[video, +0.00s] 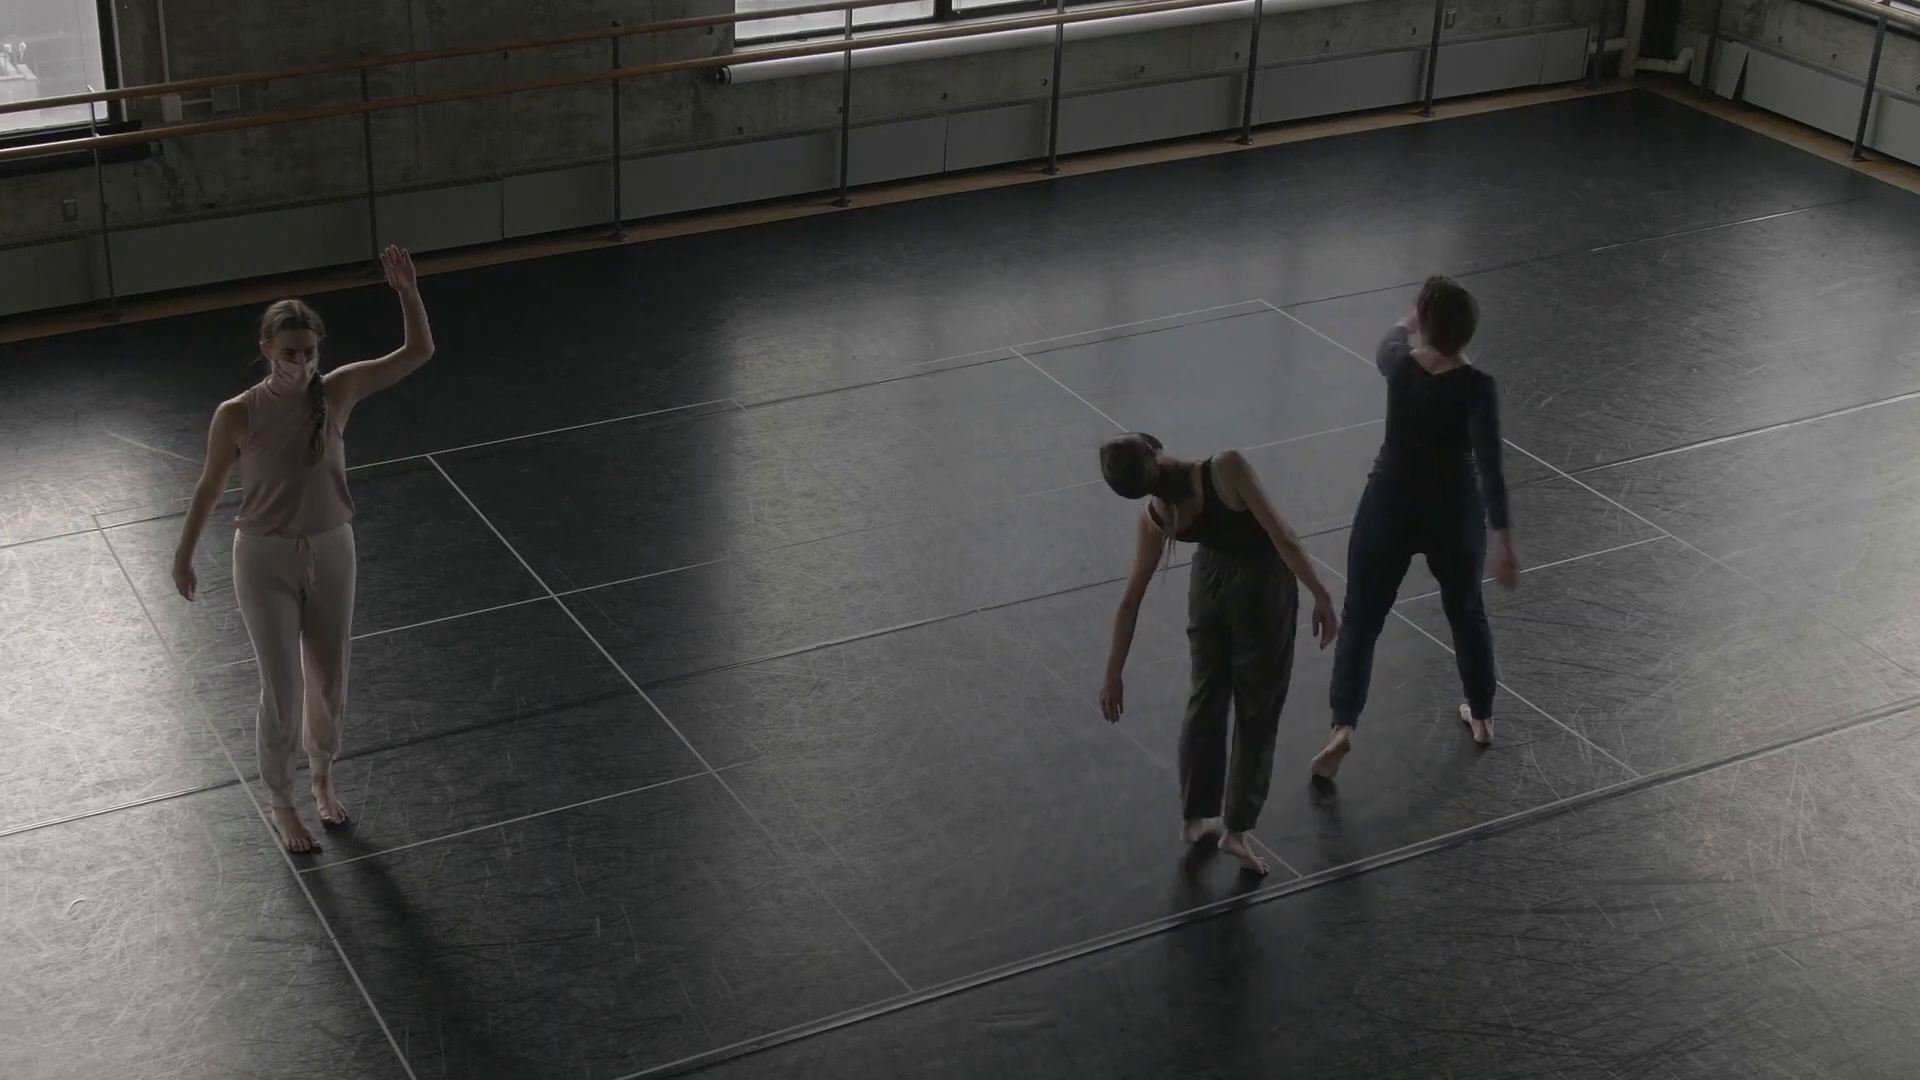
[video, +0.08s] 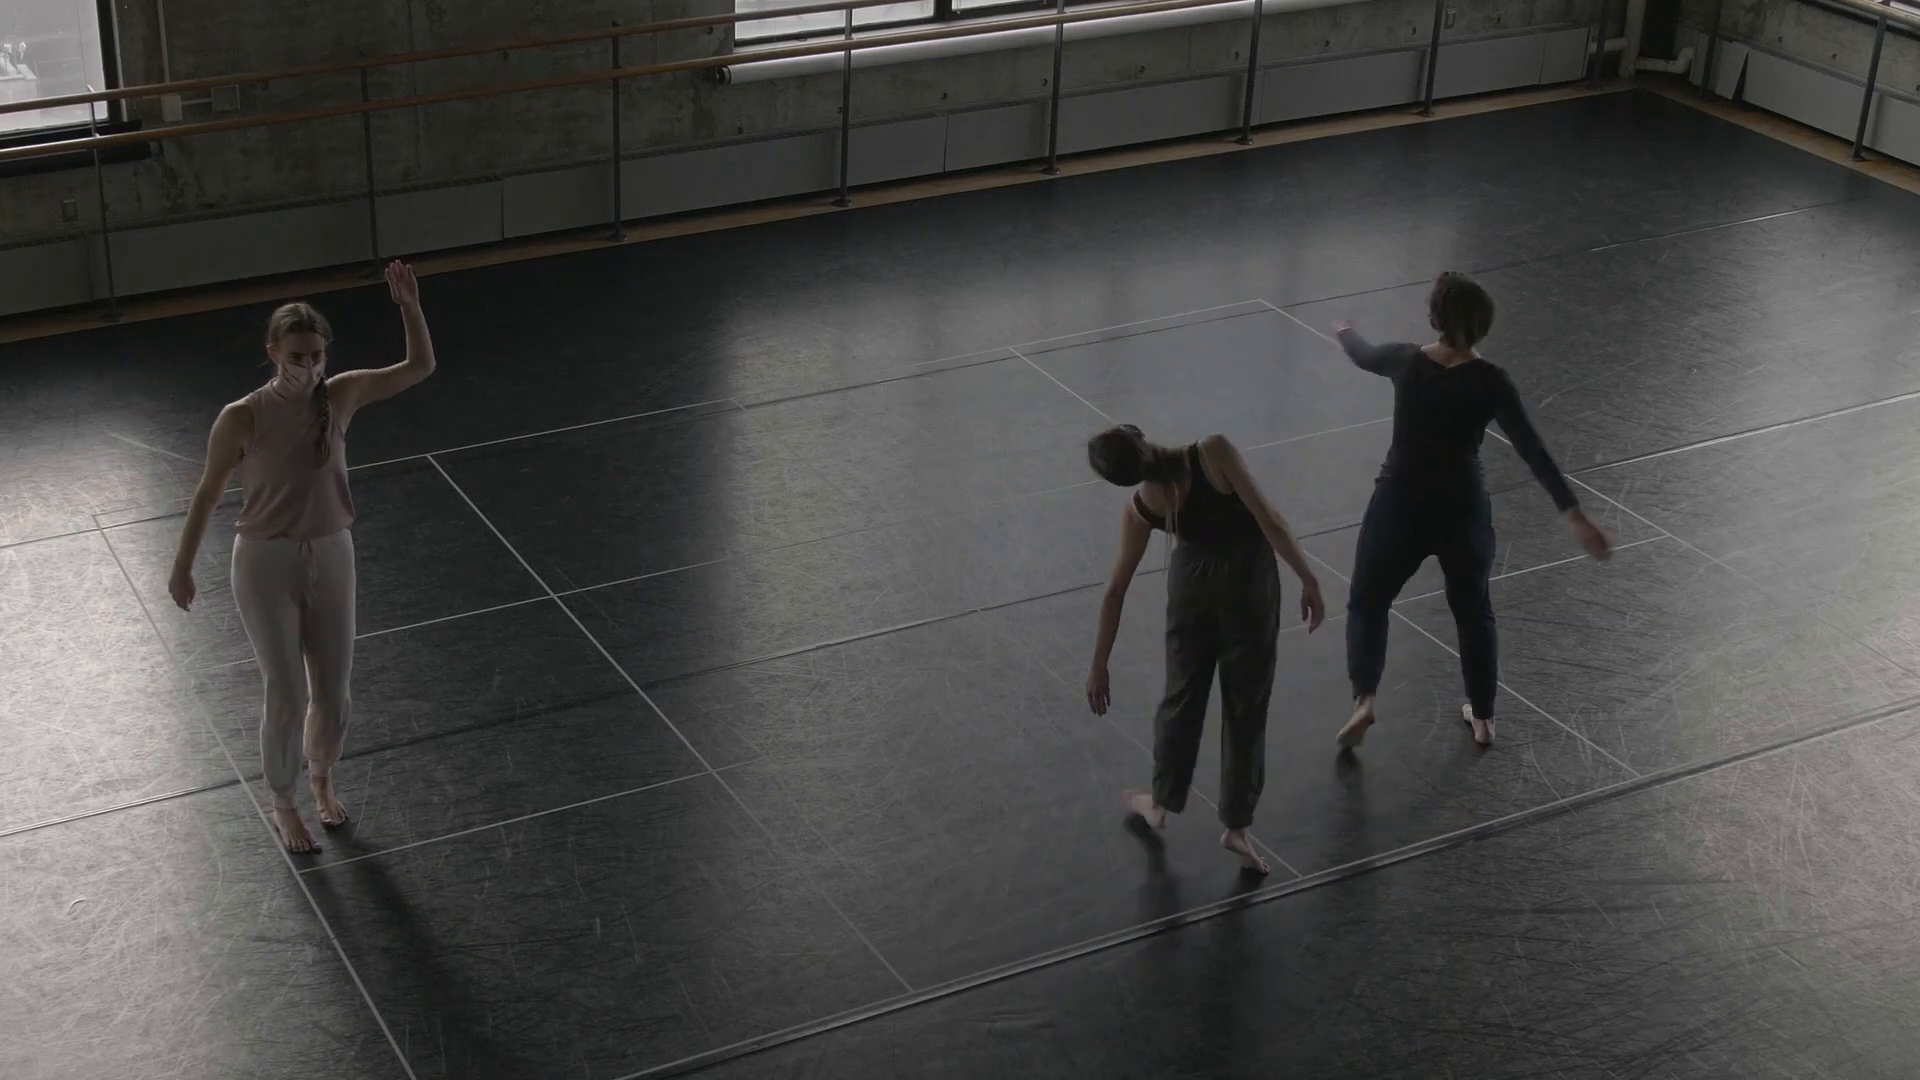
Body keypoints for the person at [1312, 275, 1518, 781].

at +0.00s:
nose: (1414, 322)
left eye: (1417, 316)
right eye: (1418, 314)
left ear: (1422, 325)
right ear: (1468, 331)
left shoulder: (1401, 366)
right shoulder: (1478, 386)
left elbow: (1390, 348)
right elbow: (1491, 465)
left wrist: (1407, 325)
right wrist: (1503, 537)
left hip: (1389, 509)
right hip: (1454, 515)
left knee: (1361, 615)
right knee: (1467, 612)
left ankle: (1343, 724)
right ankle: (1480, 718)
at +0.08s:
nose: (1432, 319)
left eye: (1435, 314)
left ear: (1437, 320)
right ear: (1482, 327)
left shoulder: (1407, 360)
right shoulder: (1492, 382)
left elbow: (1366, 355)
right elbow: (1532, 450)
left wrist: (1347, 335)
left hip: (1400, 510)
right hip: (1464, 514)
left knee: (1368, 602)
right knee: (1473, 609)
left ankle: (1364, 699)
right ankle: (1483, 718)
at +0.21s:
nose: (1432, 308)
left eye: (1433, 301)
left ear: (1433, 310)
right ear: (1481, 315)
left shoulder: (1401, 358)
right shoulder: (1498, 372)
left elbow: (1338, 372)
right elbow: (1569, 419)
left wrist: (1281, 373)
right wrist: (1637, 454)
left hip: (1403, 507)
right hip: (1467, 511)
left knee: (1355, 560)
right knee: (1474, 602)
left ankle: (1372, 670)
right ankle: (1483, 717)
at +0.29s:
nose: (1412, 291)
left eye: (1416, 285)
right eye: (1420, 283)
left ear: (1421, 296)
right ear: (1468, 300)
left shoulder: (1391, 351)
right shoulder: (1488, 356)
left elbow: (1326, 389)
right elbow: (1562, 382)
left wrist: (1261, 416)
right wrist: (1636, 401)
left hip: (1398, 497)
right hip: (1463, 499)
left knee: (1344, 543)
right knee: (1473, 604)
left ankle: (1350, 648)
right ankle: (1481, 717)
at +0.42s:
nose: (1386, 274)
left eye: (1389, 269)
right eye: (1389, 268)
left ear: (1396, 280)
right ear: (1440, 280)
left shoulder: (1370, 341)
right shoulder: (1460, 330)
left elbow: (1326, 410)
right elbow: (1521, 326)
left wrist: (1278, 470)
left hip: (1382, 475)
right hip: (1442, 474)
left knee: (1340, 549)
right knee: (1447, 569)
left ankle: (1345, 651)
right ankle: (1475, 678)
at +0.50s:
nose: (1365, 267)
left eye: (1371, 262)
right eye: (1369, 259)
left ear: (1382, 275)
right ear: (1420, 271)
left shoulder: (1365, 339)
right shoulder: (1440, 315)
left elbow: (1340, 419)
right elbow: (1474, 300)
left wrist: (1313, 491)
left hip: (1383, 466)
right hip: (1437, 459)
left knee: (1334, 540)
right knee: (1406, 541)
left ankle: (1343, 651)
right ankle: (1459, 642)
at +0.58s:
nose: (1348, 268)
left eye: (1353, 264)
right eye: (1351, 261)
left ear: (1370, 280)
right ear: (1401, 275)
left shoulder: (1364, 343)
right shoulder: (1419, 308)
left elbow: (1360, 426)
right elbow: (1414, 289)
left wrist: (1352, 497)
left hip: (1399, 470)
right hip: (1436, 456)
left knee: (1321, 538)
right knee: (1369, 524)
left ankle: (1346, 648)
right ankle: (1425, 618)